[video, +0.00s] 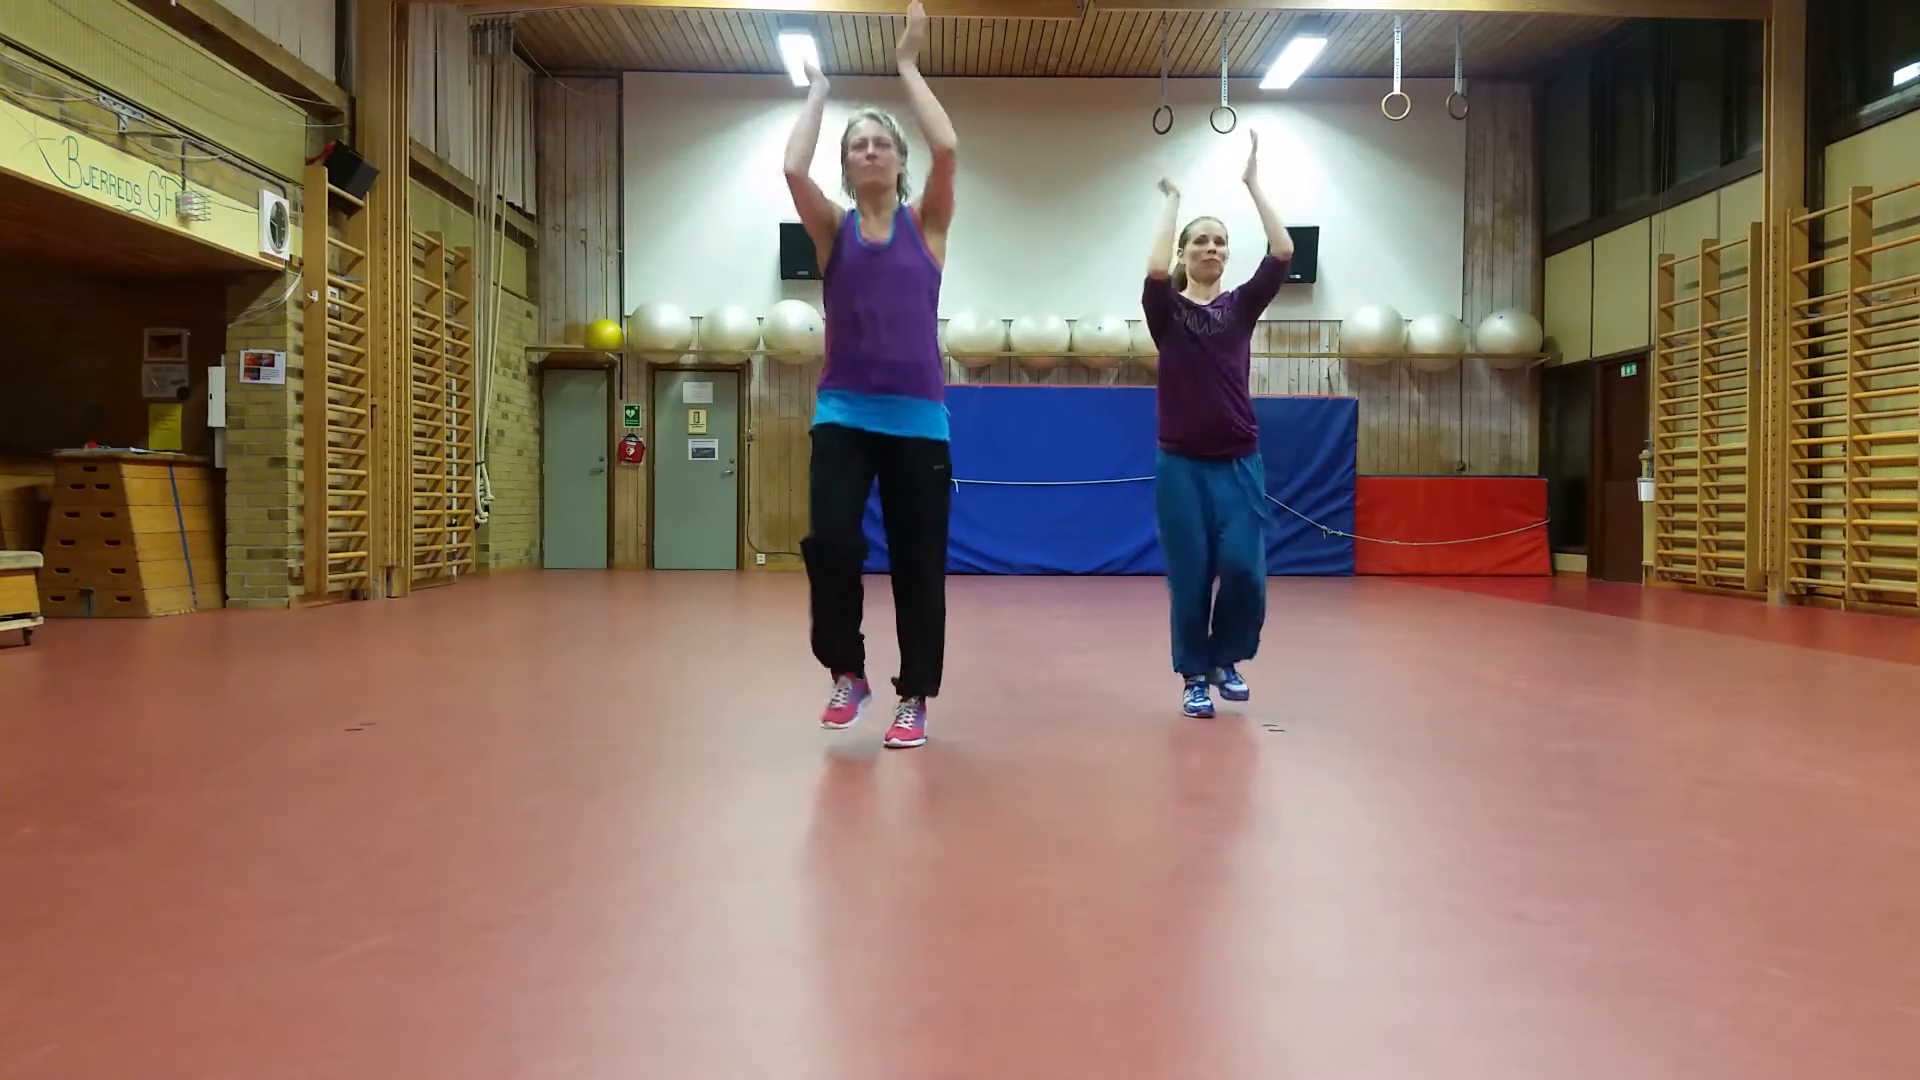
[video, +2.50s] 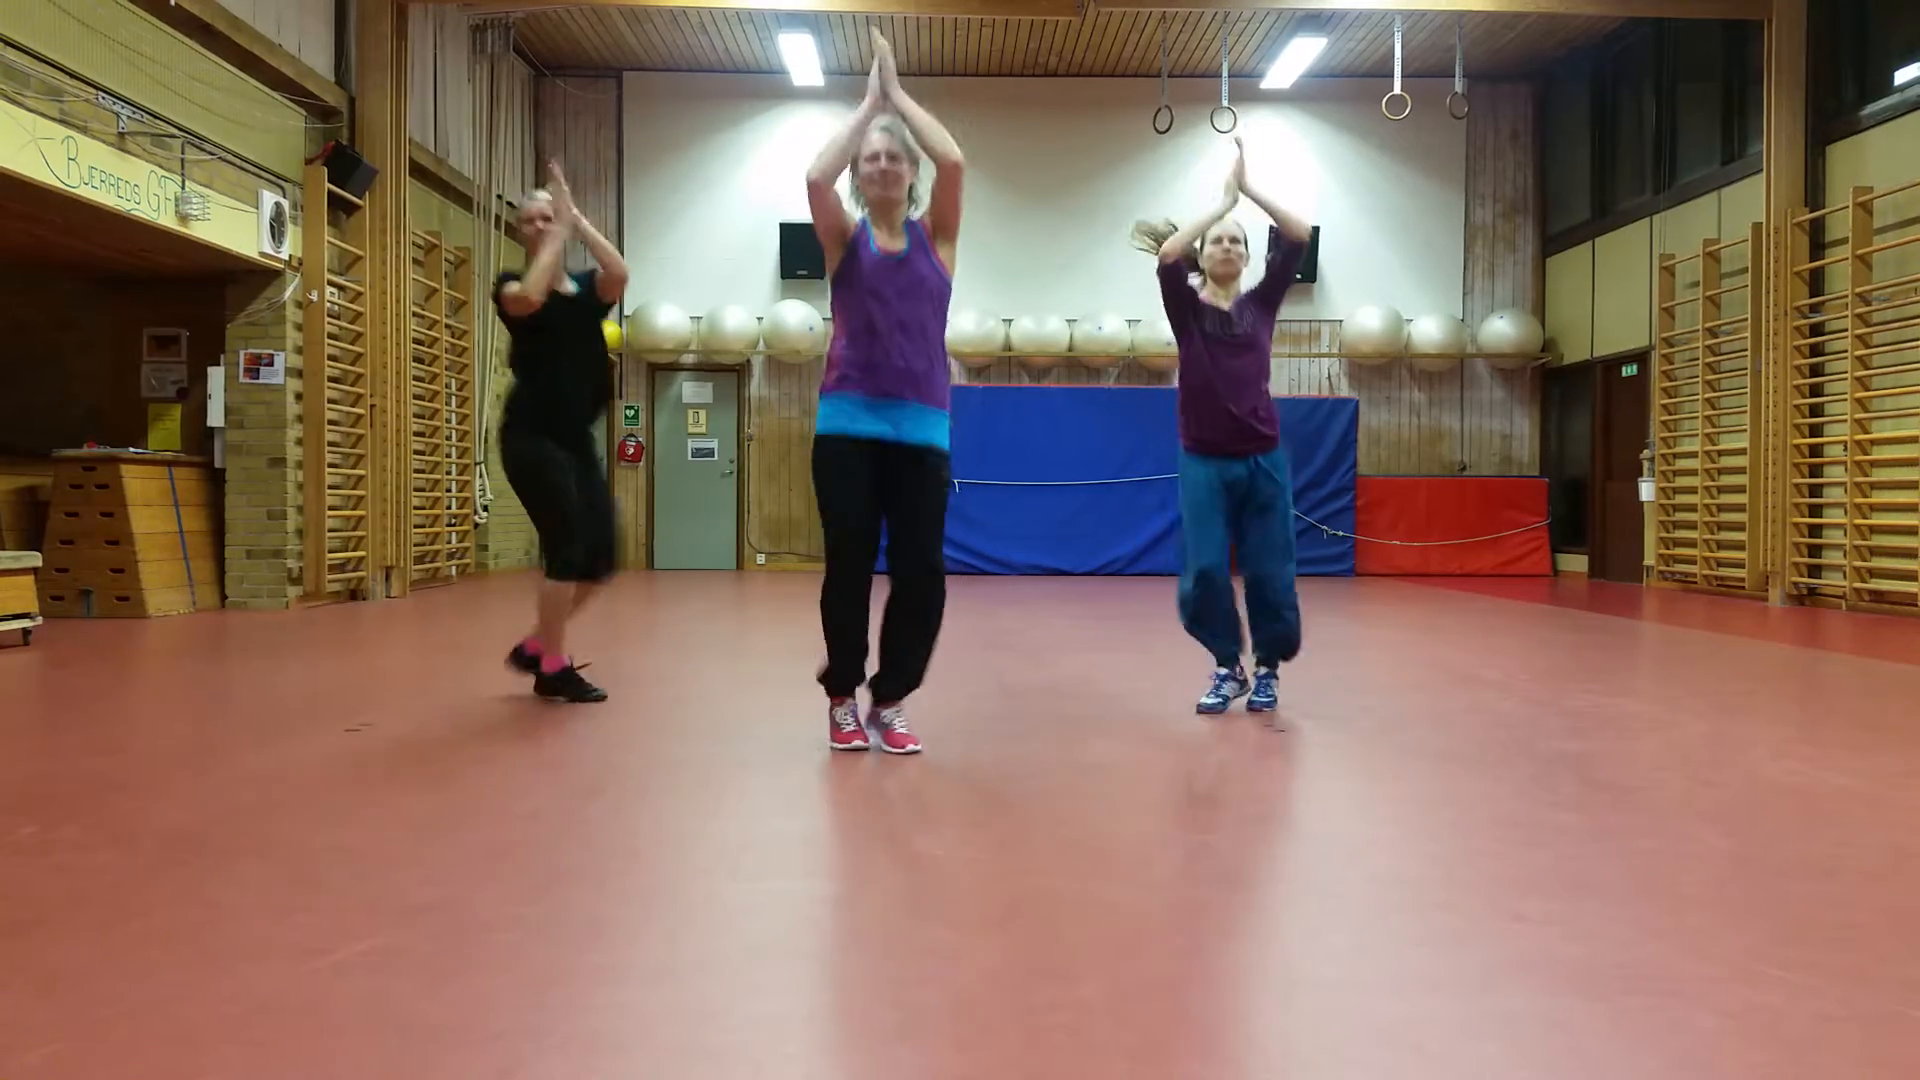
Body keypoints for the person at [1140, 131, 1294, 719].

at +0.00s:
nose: (1211, 250)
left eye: (1219, 243)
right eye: (1201, 243)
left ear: (1227, 255)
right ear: (1183, 254)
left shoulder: (1240, 306)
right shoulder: (1166, 312)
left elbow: (1282, 253)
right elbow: (1155, 272)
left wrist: (1252, 184)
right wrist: (1170, 202)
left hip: (1238, 460)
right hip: (1181, 460)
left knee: (1245, 568)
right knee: (1191, 571)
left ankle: (1225, 659)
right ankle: (1195, 677)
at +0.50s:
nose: (1210, 237)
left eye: (1217, 230)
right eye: (1200, 229)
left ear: (1227, 241)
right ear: (1182, 240)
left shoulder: (1242, 293)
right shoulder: (1169, 298)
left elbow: (1273, 240)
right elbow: (1160, 268)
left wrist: (1225, 189)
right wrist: (1189, 205)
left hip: (1232, 447)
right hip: (1174, 443)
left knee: (1229, 559)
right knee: (1183, 551)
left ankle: (1209, 668)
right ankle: (1175, 661)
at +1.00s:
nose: (1228, 248)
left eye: (1236, 243)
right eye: (1218, 241)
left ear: (1245, 259)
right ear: (1200, 256)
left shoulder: (1253, 307)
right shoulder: (1180, 310)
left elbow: (1292, 237)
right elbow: (1161, 260)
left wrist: (1243, 181)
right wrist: (1205, 195)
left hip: (1253, 460)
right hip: (1192, 462)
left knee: (1257, 574)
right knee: (1198, 576)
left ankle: (1253, 674)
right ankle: (1217, 673)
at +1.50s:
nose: (1210, 236)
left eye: (1219, 230)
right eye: (1201, 230)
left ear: (1230, 245)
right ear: (1186, 244)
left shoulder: (1246, 293)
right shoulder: (1171, 299)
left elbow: (1281, 211)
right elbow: (1146, 254)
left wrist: (1230, 159)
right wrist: (1177, 190)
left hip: (1238, 450)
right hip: (1180, 448)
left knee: (1237, 562)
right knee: (1170, 561)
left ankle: (1227, 666)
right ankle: (1173, 669)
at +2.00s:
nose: (1216, 226)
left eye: (1225, 221)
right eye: (1206, 221)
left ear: (1239, 236)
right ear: (1192, 236)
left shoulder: (1252, 284)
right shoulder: (1179, 286)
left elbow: (1278, 201)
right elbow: (1149, 240)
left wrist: (1228, 144)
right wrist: (1170, 165)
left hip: (1238, 438)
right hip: (1181, 434)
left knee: (1239, 552)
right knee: (1181, 547)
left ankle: (1227, 658)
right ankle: (1180, 658)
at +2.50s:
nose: (1230, 247)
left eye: (1238, 242)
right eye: (1218, 241)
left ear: (1248, 259)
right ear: (1200, 258)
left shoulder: (1260, 307)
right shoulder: (1187, 311)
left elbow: (1300, 235)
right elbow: (1169, 257)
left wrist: (1249, 192)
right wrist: (1219, 205)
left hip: (1263, 456)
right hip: (1203, 458)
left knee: (1270, 567)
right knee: (1204, 568)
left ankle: (1267, 669)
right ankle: (1227, 668)